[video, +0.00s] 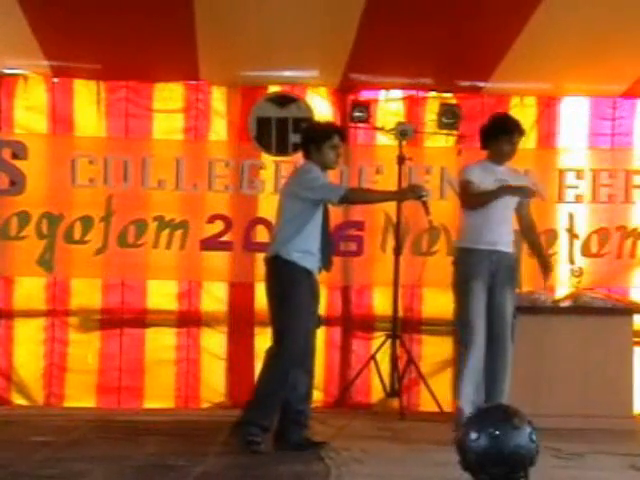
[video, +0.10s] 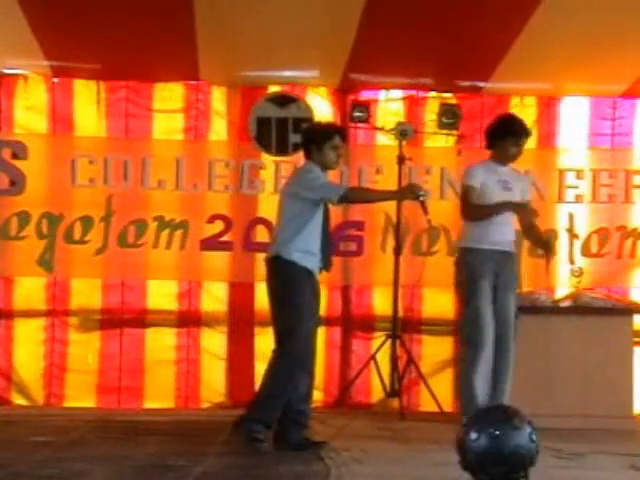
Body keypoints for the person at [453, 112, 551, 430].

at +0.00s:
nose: (513, 149)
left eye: (516, 142)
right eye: (508, 142)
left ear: (516, 144)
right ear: (493, 141)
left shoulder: (516, 178)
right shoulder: (472, 171)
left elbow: (526, 222)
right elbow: (469, 202)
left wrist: (542, 258)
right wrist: (505, 191)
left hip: (505, 257)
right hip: (474, 255)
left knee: (502, 333)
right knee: (473, 332)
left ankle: (496, 408)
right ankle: (466, 409)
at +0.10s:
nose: (516, 150)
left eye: (520, 144)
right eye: (511, 143)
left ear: (523, 145)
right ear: (495, 142)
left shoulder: (521, 179)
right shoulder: (476, 172)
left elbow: (526, 222)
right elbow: (468, 212)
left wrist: (542, 240)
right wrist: (511, 207)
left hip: (507, 255)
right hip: (476, 253)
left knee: (506, 331)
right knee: (481, 331)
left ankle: (497, 408)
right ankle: (474, 411)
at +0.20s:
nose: (527, 151)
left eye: (529, 145)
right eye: (523, 144)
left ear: (526, 146)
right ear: (505, 142)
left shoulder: (523, 179)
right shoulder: (481, 173)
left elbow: (527, 220)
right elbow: (472, 221)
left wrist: (543, 228)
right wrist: (516, 224)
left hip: (509, 257)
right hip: (481, 255)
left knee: (509, 331)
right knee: (490, 332)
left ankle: (501, 405)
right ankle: (488, 408)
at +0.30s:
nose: (531, 151)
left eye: (533, 145)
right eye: (527, 144)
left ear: (529, 145)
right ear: (509, 142)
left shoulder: (525, 179)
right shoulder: (485, 173)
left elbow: (529, 220)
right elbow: (475, 222)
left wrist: (543, 221)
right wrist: (523, 225)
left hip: (510, 256)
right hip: (484, 254)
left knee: (510, 327)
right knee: (495, 328)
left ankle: (500, 402)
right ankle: (500, 404)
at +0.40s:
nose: (538, 151)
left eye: (539, 145)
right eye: (534, 144)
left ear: (531, 144)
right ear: (517, 142)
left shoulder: (527, 180)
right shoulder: (491, 174)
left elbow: (536, 219)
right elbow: (480, 222)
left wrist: (547, 217)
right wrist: (527, 223)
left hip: (514, 259)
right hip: (491, 258)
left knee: (509, 339)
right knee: (506, 338)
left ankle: (493, 414)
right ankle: (520, 420)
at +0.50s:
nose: (541, 151)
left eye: (542, 145)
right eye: (537, 144)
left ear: (534, 145)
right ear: (521, 142)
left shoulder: (530, 180)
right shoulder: (496, 174)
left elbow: (540, 218)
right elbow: (484, 224)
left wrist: (552, 218)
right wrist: (532, 226)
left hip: (518, 260)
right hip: (497, 260)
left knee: (508, 343)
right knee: (512, 343)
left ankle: (493, 419)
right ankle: (525, 425)